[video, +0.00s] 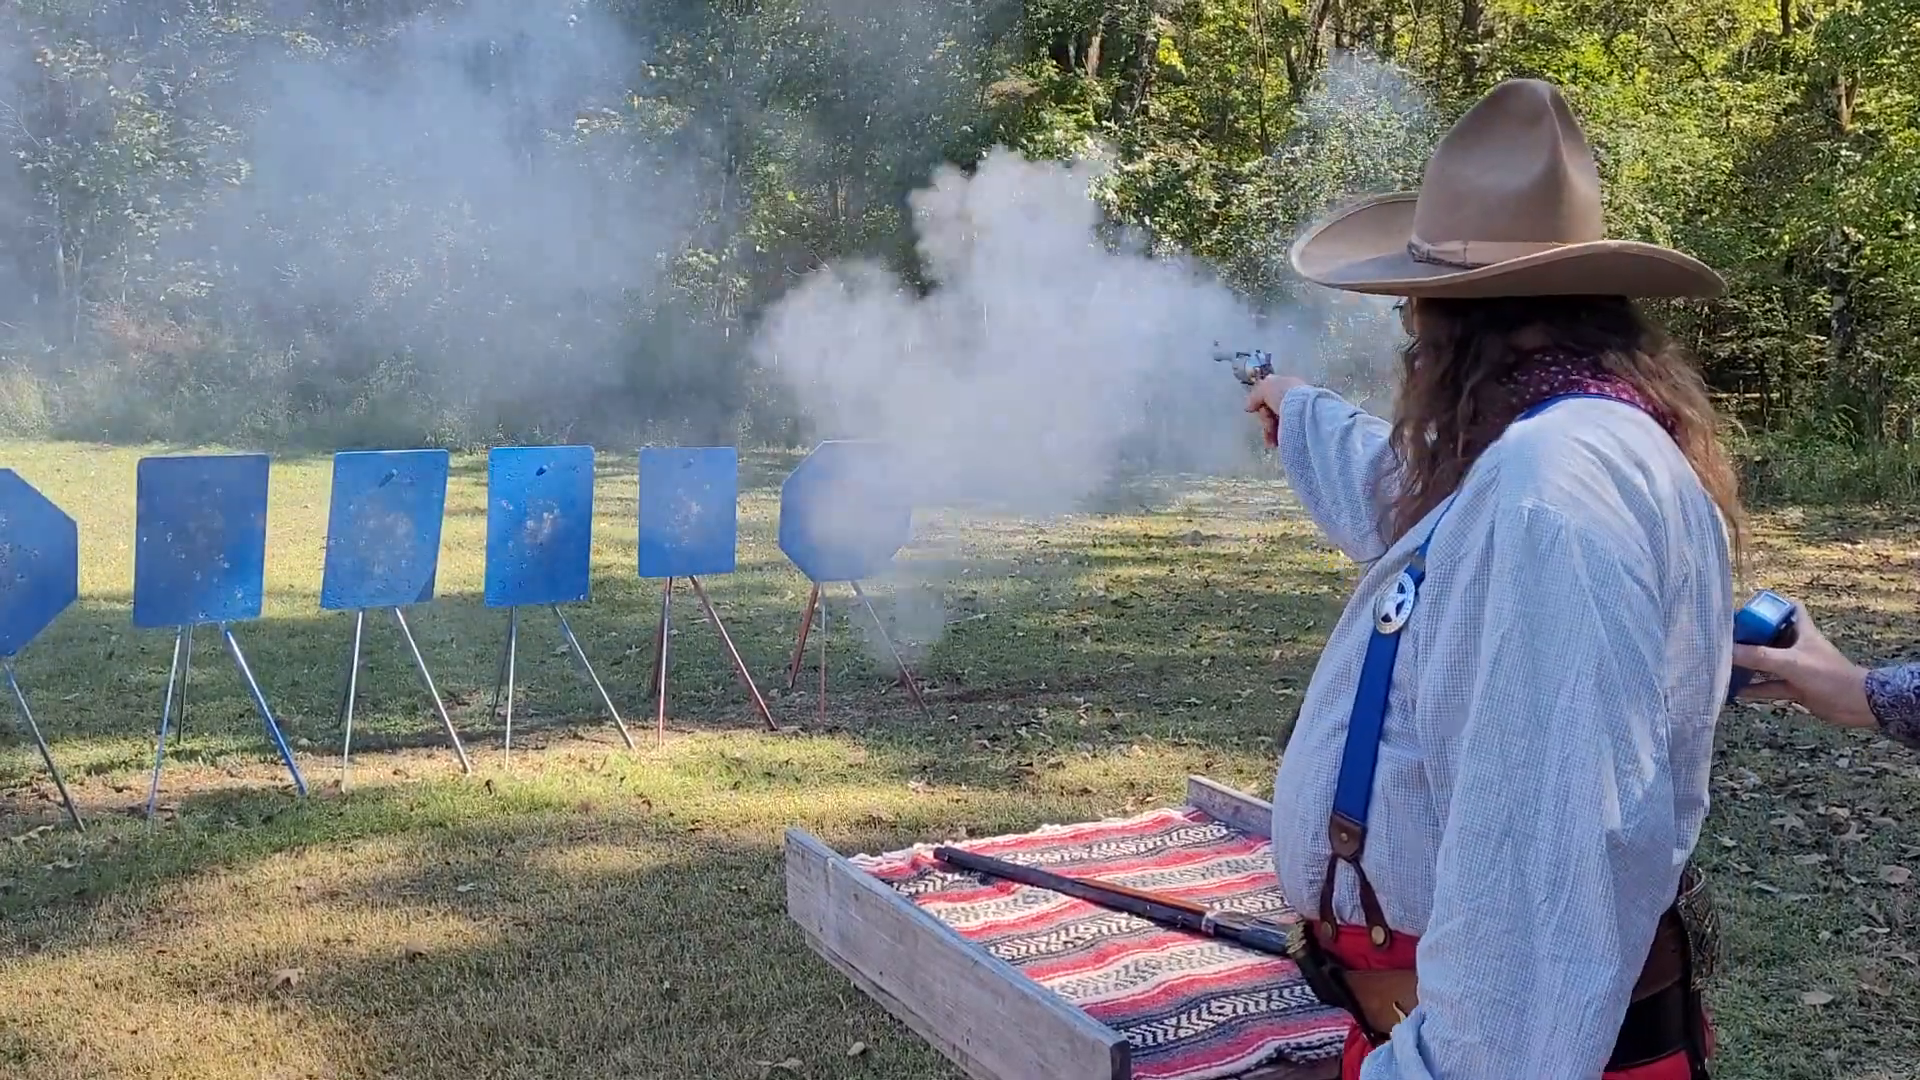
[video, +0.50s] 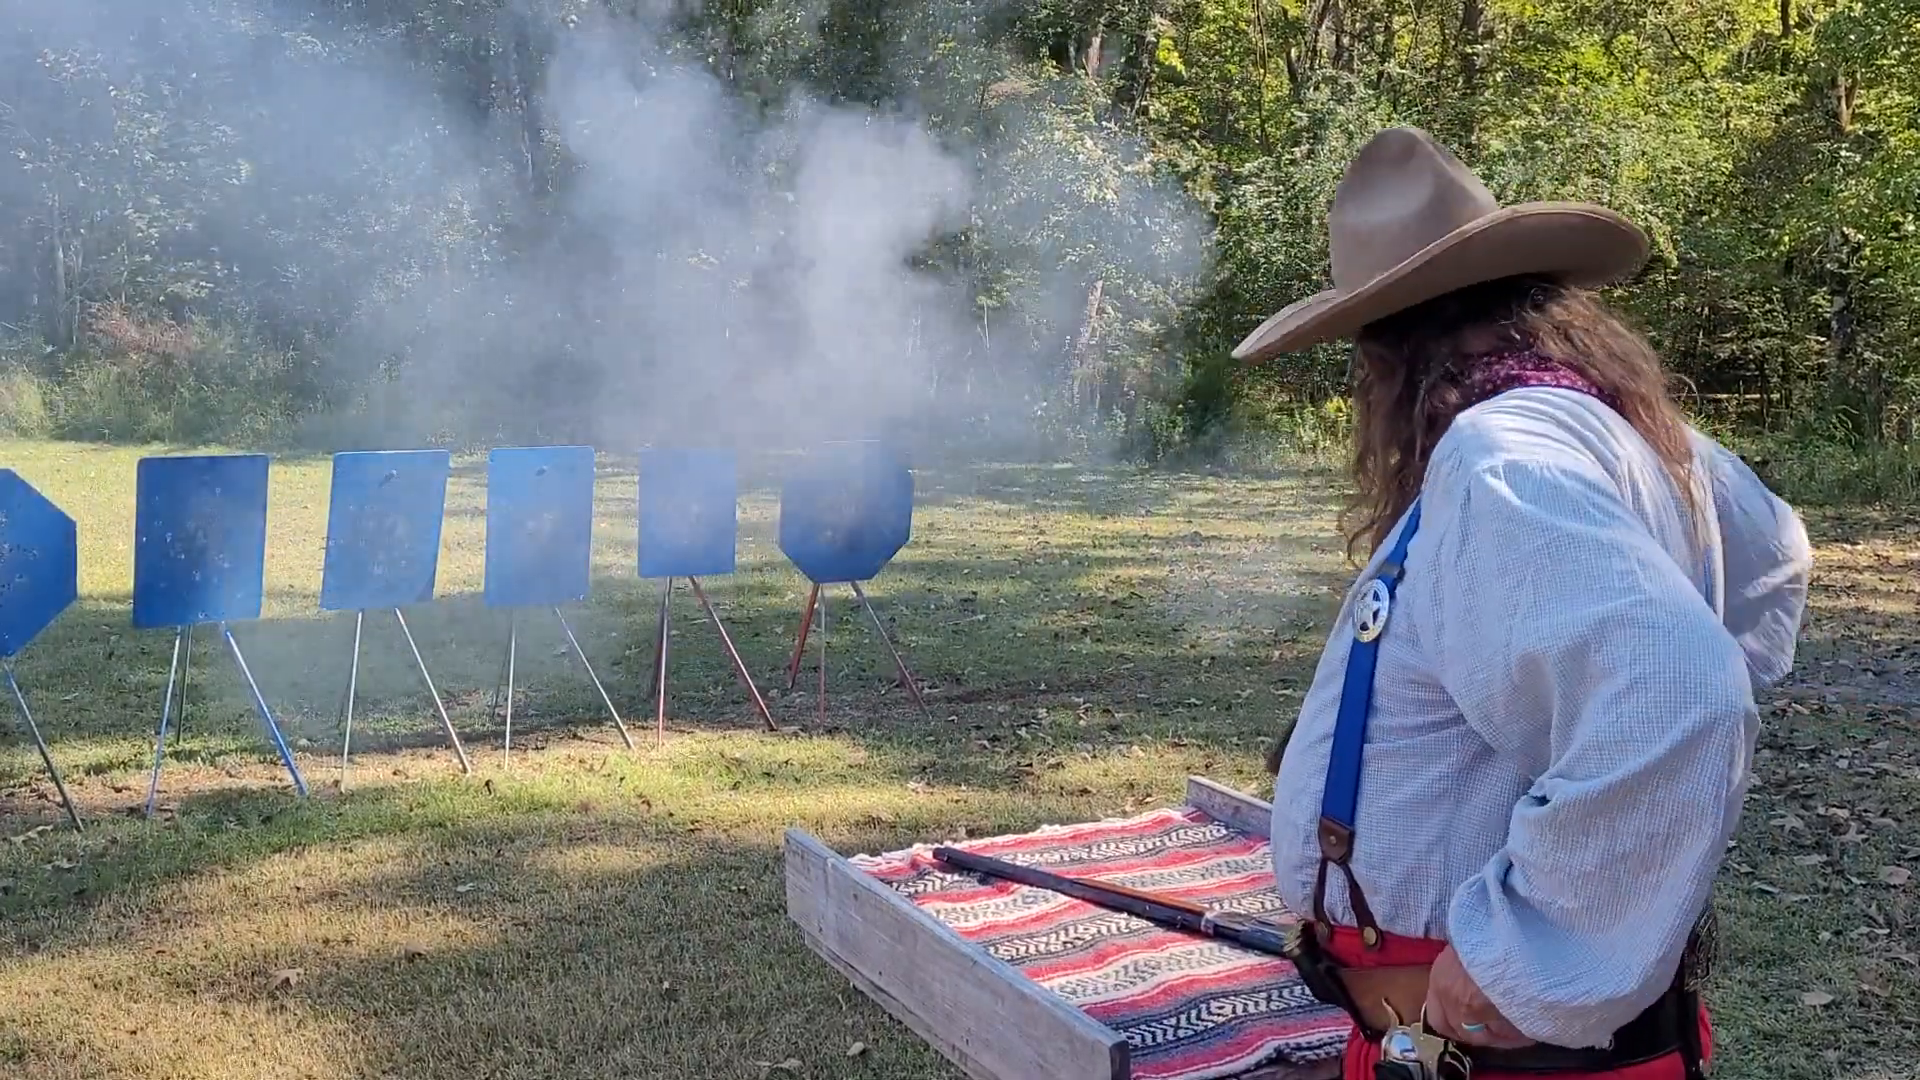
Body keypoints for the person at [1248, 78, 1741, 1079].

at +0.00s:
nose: (1404, 334)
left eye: (1413, 307)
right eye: (1404, 306)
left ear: (1457, 321)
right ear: (1569, 309)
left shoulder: (1550, 481)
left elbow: (1545, 866)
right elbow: (1401, 497)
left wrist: (1428, 1061)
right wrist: (1294, 410)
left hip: (1493, 1025)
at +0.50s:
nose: (1361, 378)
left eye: (1364, 351)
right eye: (1358, 352)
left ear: (1395, 355)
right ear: (1534, 307)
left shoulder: (1497, 459)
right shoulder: (1627, 420)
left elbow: (1674, 697)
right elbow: (1771, 554)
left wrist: (1510, 951)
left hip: (1488, 1046)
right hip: (1617, 1019)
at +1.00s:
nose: (1352, 391)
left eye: (1352, 365)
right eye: (1347, 367)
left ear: (1385, 354)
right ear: (1528, 305)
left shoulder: (1453, 446)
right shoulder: (1663, 441)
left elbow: (1566, 672)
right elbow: (1798, 740)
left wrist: (1446, 974)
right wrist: (1668, 855)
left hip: (1503, 1039)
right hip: (1664, 1001)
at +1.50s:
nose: (1406, 328)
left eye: (1417, 305)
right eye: (1410, 303)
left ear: (1457, 315)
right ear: (1589, 307)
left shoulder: (1503, 453)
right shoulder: (1665, 454)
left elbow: (1354, 737)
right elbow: (1709, 791)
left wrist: (1234, 683)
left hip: (1497, 1038)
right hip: (1639, 1006)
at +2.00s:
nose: (1394, 336)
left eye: (1406, 312)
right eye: (1401, 308)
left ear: (1438, 326)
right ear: (1583, 319)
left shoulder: (1479, 466)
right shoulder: (1674, 470)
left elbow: (1271, 753)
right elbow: (1714, 785)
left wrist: (1229, 680)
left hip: (1489, 1041)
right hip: (1648, 1004)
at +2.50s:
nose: (1412, 332)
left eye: (1423, 308)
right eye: (1416, 303)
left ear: (1457, 324)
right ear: (1588, 312)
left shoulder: (1532, 502)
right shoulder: (1642, 457)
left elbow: (1498, 848)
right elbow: (1483, 596)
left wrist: (1326, 1031)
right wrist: (1335, 535)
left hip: (1540, 1021)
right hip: (1643, 980)